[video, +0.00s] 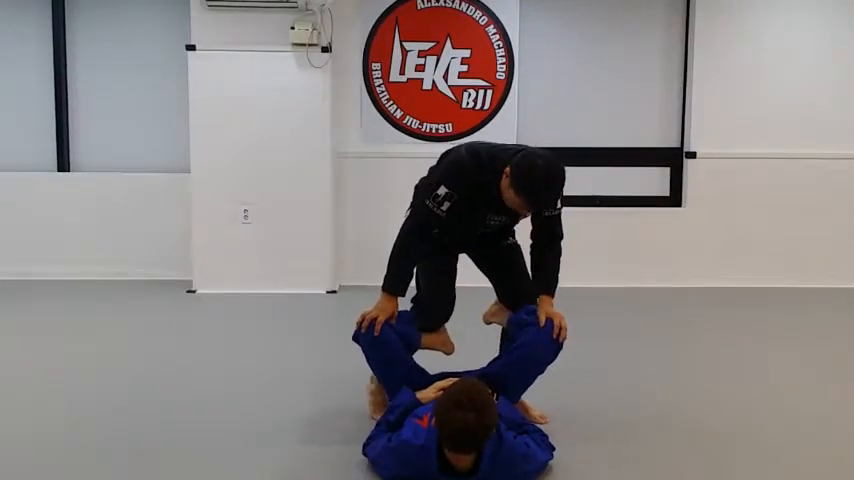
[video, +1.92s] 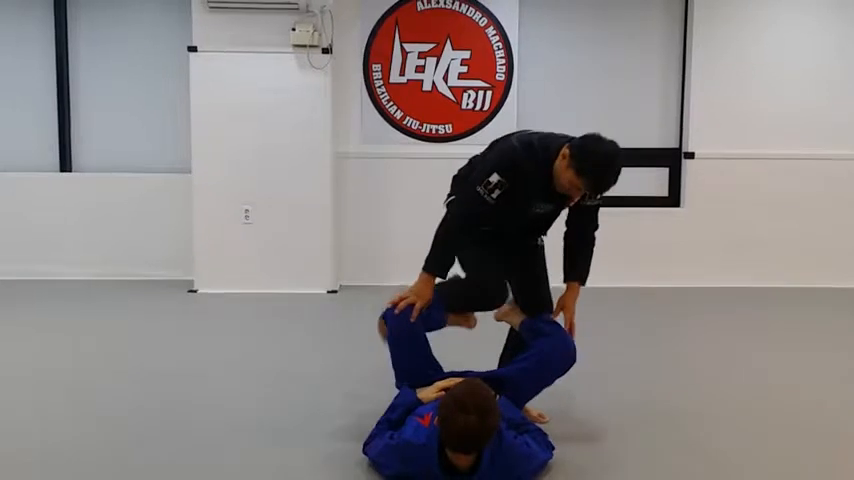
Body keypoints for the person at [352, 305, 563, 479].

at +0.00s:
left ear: (435, 421)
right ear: (495, 419)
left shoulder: (408, 451)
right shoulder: (515, 456)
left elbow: (373, 444)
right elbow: (539, 441)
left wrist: (414, 398)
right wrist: (507, 403)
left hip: (424, 395)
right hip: (492, 393)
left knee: (370, 329)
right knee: (548, 331)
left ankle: (431, 336)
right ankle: (508, 312)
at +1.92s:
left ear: (438, 422)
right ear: (496, 426)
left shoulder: (408, 451)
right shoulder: (515, 457)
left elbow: (374, 444)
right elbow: (541, 444)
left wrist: (412, 397)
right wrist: (519, 413)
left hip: (429, 390)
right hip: (497, 395)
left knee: (398, 318)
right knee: (563, 349)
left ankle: (451, 315)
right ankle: (515, 316)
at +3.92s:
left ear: (437, 423)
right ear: (496, 425)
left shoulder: (405, 453)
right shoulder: (516, 456)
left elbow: (374, 443)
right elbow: (540, 441)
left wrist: (414, 397)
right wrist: (504, 403)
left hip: (426, 393)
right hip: (496, 394)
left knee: (404, 316)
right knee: (555, 339)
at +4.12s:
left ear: (438, 423)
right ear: (496, 424)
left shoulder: (406, 452)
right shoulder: (515, 456)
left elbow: (374, 443)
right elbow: (540, 442)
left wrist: (414, 397)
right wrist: (508, 405)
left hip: (429, 391)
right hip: (498, 395)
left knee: (412, 316)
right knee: (557, 343)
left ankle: (451, 320)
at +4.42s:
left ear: (439, 420)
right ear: (497, 427)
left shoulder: (410, 450)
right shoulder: (516, 456)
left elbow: (374, 443)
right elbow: (541, 442)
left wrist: (413, 397)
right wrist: (520, 412)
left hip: (428, 391)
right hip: (499, 397)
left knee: (418, 314)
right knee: (557, 344)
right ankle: (520, 311)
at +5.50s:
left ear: (439, 416)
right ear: (498, 421)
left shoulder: (409, 449)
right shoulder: (515, 455)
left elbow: (374, 444)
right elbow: (540, 442)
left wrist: (414, 398)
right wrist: (513, 408)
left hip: (424, 397)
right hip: (495, 396)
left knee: (415, 316)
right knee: (550, 339)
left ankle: (413, 295)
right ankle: (520, 306)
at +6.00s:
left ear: (438, 422)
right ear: (499, 427)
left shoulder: (409, 452)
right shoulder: (517, 456)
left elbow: (374, 444)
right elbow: (539, 439)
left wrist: (414, 398)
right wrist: (507, 403)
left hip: (424, 392)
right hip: (493, 392)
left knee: (400, 316)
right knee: (546, 333)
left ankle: (425, 318)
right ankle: (505, 312)